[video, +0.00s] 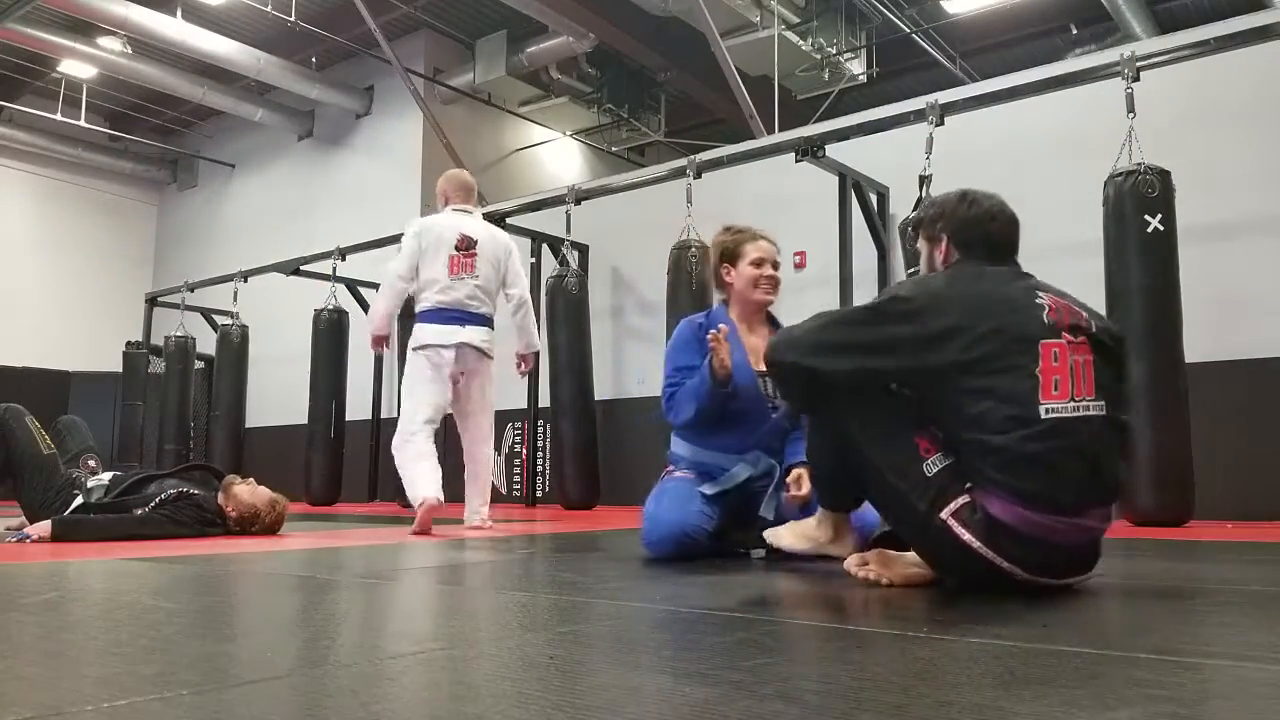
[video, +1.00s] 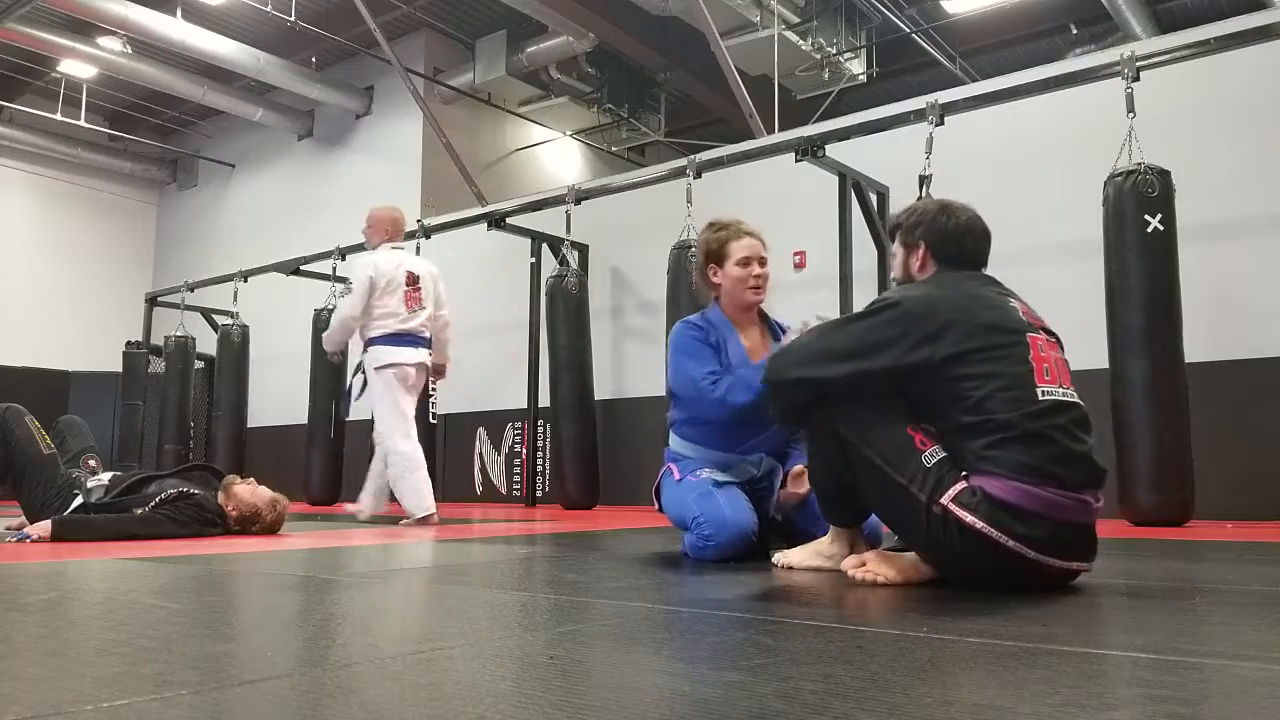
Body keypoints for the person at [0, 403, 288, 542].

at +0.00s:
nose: (247, 476)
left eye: (249, 488)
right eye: (255, 483)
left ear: (233, 511)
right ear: (236, 505)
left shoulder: (197, 513)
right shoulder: (215, 490)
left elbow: (129, 524)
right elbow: (154, 485)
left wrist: (56, 526)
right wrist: (113, 480)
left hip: (68, 499)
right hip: (101, 484)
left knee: (11, 414)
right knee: (68, 421)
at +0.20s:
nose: (246, 476)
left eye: (248, 488)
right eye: (254, 483)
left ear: (234, 510)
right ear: (236, 504)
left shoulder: (197, 513)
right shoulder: (215, 489)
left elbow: (129, 525)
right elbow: (152, 486)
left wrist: (56, 526)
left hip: (68, 500)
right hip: (100, 485)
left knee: (12, 414)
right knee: (69, 421)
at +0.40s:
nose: (247, 476)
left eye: (249, 488)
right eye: (255, 483)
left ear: (234, 511)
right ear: (236, 504)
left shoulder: (197, 512)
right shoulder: (215, 489)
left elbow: (130, 524)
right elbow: (152, 486)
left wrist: (56, 526)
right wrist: (112, 481)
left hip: (67, 499)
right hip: (100, 485)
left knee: (12, 414)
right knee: (69, 421)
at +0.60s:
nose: (248, 477)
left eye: (251, 488)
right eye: (256, 483)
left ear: (235, 510)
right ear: (237, 504)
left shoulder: (199, 513)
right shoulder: (214, 487)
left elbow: (130, 525)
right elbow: (150, 486)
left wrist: (56, 526)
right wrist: (112, 481)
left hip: (69, 500)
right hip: (99, 486)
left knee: (11, 414)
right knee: (69, 422)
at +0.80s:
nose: (248, 476)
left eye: (251, 487)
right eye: (257, 483)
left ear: (234, 510)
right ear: (236, 505)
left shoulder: (199, 513)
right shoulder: (215, 487)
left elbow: (130, 525)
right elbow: (150, 486)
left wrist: (56, 526)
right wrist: (112, 481)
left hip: (69, 500)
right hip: (99, 485)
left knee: (11, 414)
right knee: (69, 422)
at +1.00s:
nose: (249, 477)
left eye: (251, 488)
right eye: (257, 483)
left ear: (235, 511)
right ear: (237, 505)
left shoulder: (200, 513)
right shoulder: (216, 489)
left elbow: (131, 525)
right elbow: (150, 485)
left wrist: (56, 526)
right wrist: (112, 480)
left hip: (70, 501)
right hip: (101, 485)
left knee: (12, 414)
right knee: (69, 422)